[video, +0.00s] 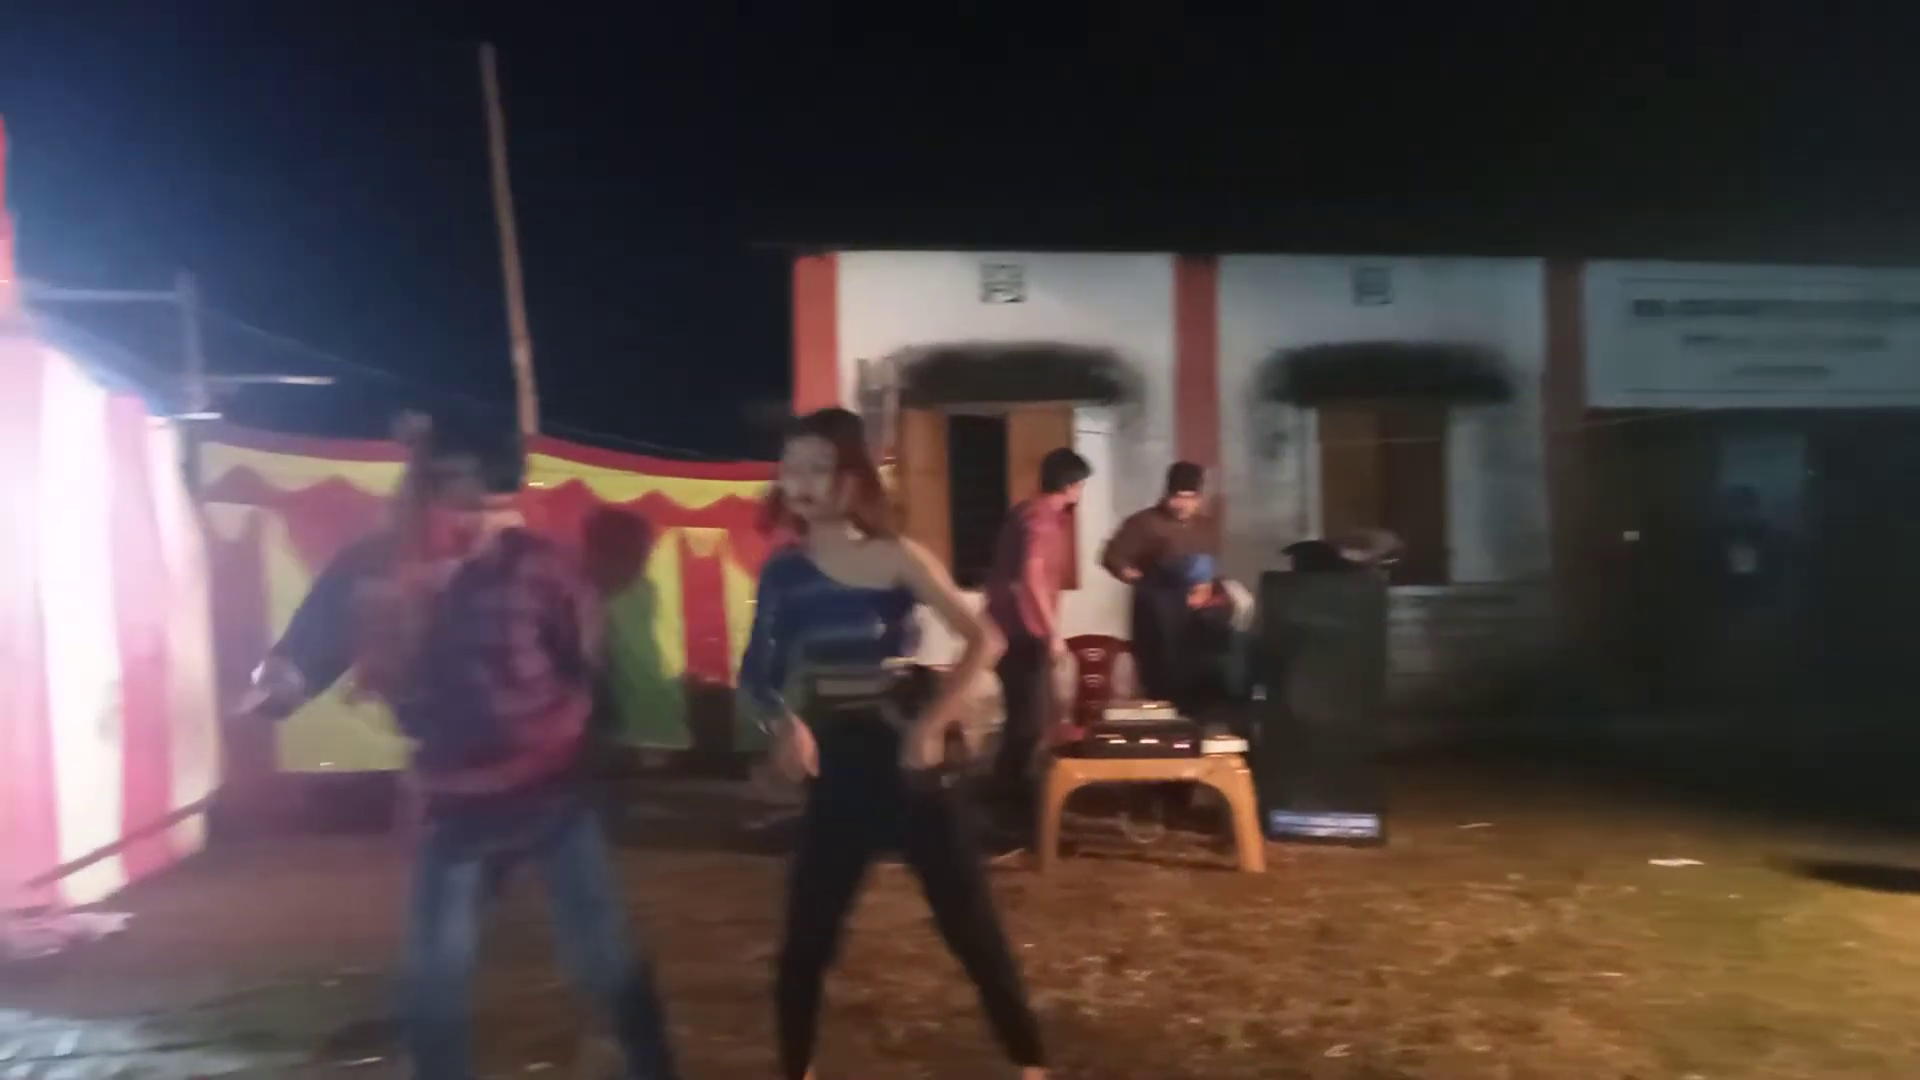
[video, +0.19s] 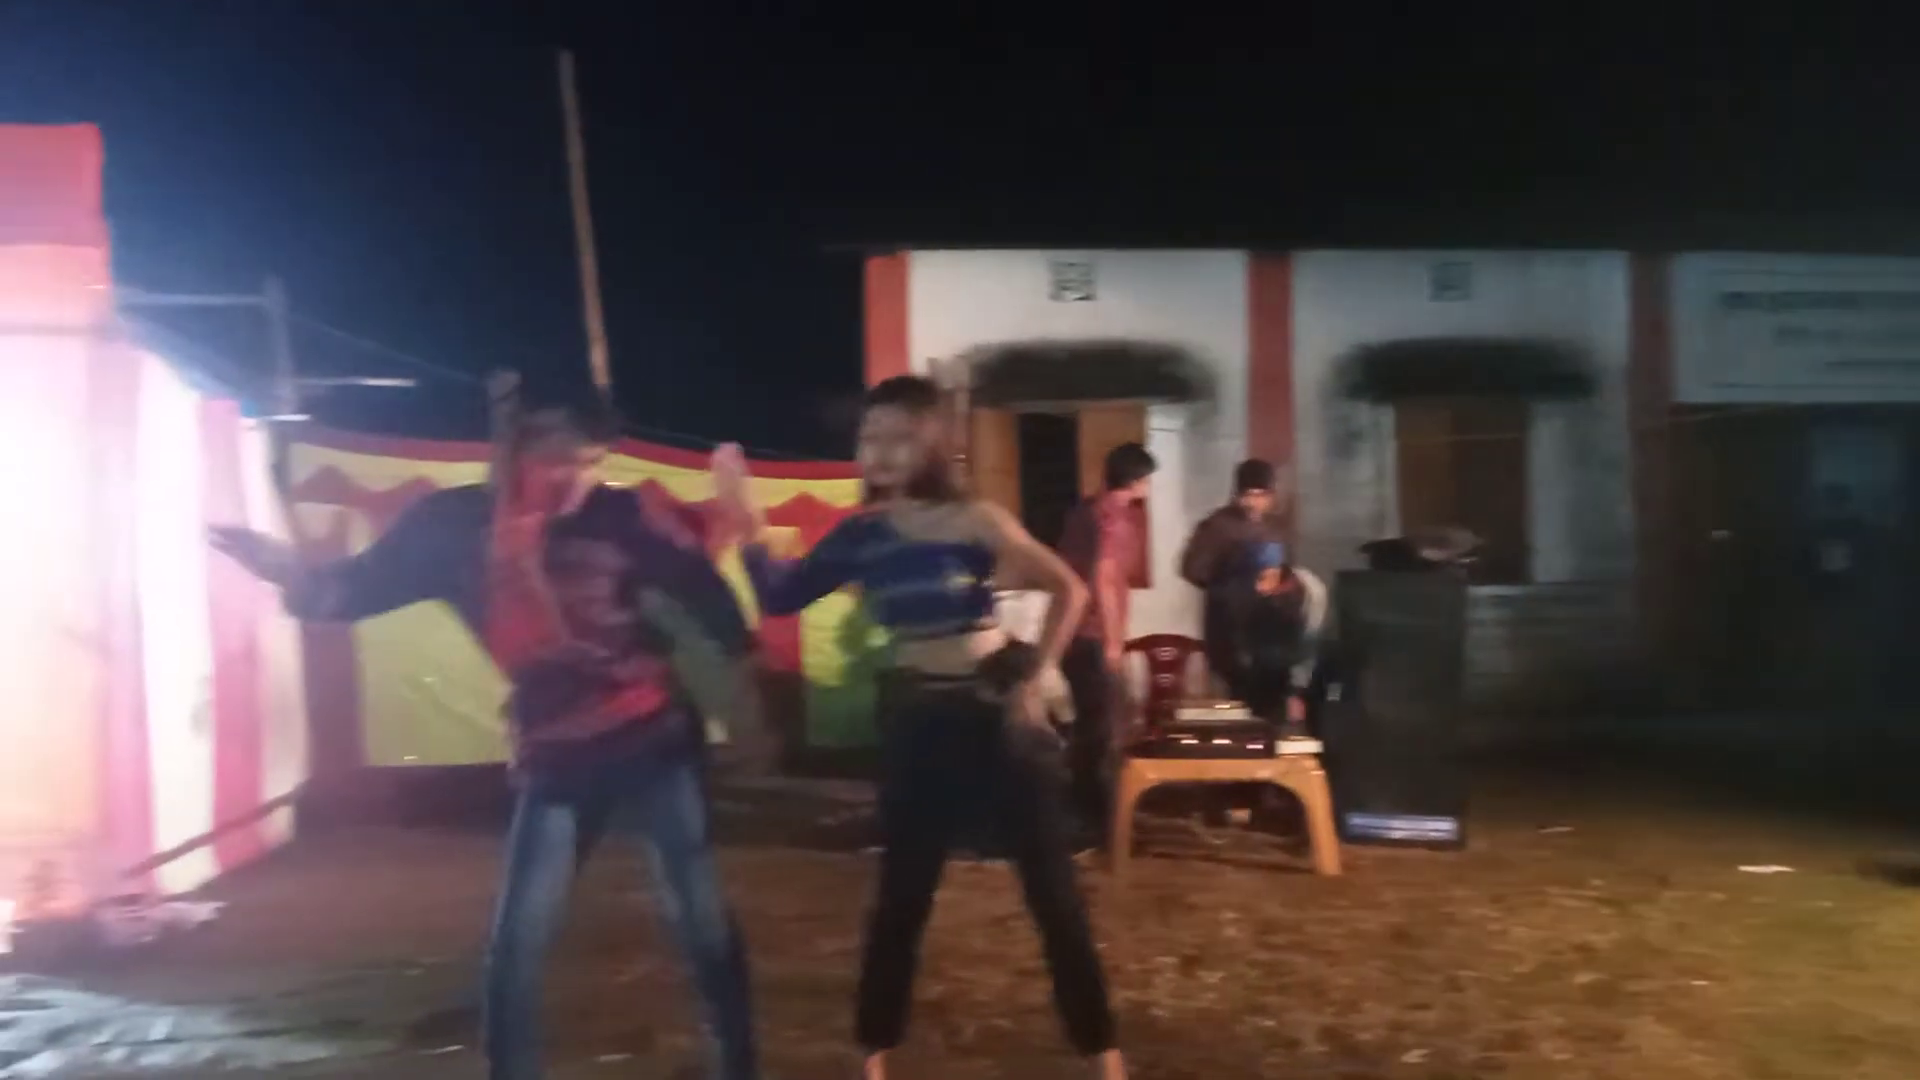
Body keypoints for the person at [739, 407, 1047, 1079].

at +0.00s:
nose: (802, 483)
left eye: (820, 468)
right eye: (792, 467)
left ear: (853, 476)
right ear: (780, 476)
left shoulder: (898, 557)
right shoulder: (784, 571)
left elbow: (983, 638)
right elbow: (753, 674)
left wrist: (935, 720)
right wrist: (785, 722)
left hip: (905, 745)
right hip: (832, 755)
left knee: (966, 917)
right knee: (807, 935)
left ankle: (1031, 1062)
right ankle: (794, 1066)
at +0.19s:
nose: (879, 453)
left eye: (896, 439)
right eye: (870, 439)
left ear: (935, 444)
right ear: (859, 446)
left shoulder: (976, 522)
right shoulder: (862, 533)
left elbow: (1069, 588)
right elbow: (779, 594)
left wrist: (1041, 674)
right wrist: (744, 520)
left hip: (998, 709)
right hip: (915, 713)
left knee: (1050, 885)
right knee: (903, 892)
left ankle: (1102, 1052)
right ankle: (873, 1054)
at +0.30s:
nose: (947, 465)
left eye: (963, 451)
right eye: (935, 450)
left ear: (990, 460)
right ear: (917, 457)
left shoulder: (1026, 539)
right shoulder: (909, 550)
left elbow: (1102, 631)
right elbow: (876, 663)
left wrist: (1075, 737)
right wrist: (842, 652)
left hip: (1032, 726)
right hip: (951, 728)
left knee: (1082, 905)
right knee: (942, 904)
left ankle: (1140, 1060)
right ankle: (911, 1057)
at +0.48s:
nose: (1059, 465)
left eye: (1064, 451)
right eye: (1044, 451)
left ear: (1071, 461)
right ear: (1006, 460)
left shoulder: (1082, 539)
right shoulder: (976, 549)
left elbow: (1111, 632)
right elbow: (971, 652)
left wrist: (1135, 700)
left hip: (1064, 737)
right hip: (988, 740)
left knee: (1110, 912)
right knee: (972, 922)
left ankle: (1176, 1061)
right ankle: (955, 1064)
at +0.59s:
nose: (1110, 422)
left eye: (1114, 408)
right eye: (1096, 409)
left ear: (1118, 414)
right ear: (1057, 415)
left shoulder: (1120, 499)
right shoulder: (1021, 501)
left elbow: (1136, 585)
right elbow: (1015, 601)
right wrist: (1058, 628)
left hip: (1078, 685)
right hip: (1004, 680)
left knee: (1111, 864)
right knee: (979, 866)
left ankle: (1131, 1031)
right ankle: (954, 1032)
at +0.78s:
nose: (1171, 456)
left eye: (1170, 443)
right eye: (1158, 441)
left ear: (1151, 455)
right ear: (1117, 446)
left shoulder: (1154, 532)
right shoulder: (1074, 530)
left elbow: (1190, 621)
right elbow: (1110, 608)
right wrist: (1181, 592)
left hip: (1115, 716)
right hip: (1045, 715)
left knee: (1148, 908)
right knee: (994, 893)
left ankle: (1125, 1054)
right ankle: (899, 1047)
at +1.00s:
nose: (1183, 448)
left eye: (1184, 435)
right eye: (1172, 434)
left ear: (1172, 440)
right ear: (1135, 436)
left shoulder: (1158, 523)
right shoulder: (1092, 513)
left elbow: (1185, 609)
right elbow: (1106, 594)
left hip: (1126, 700)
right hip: (1063, 702)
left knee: (1160, 891)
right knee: (1021, 887)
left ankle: (1150, 1052)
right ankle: (923, 1045)